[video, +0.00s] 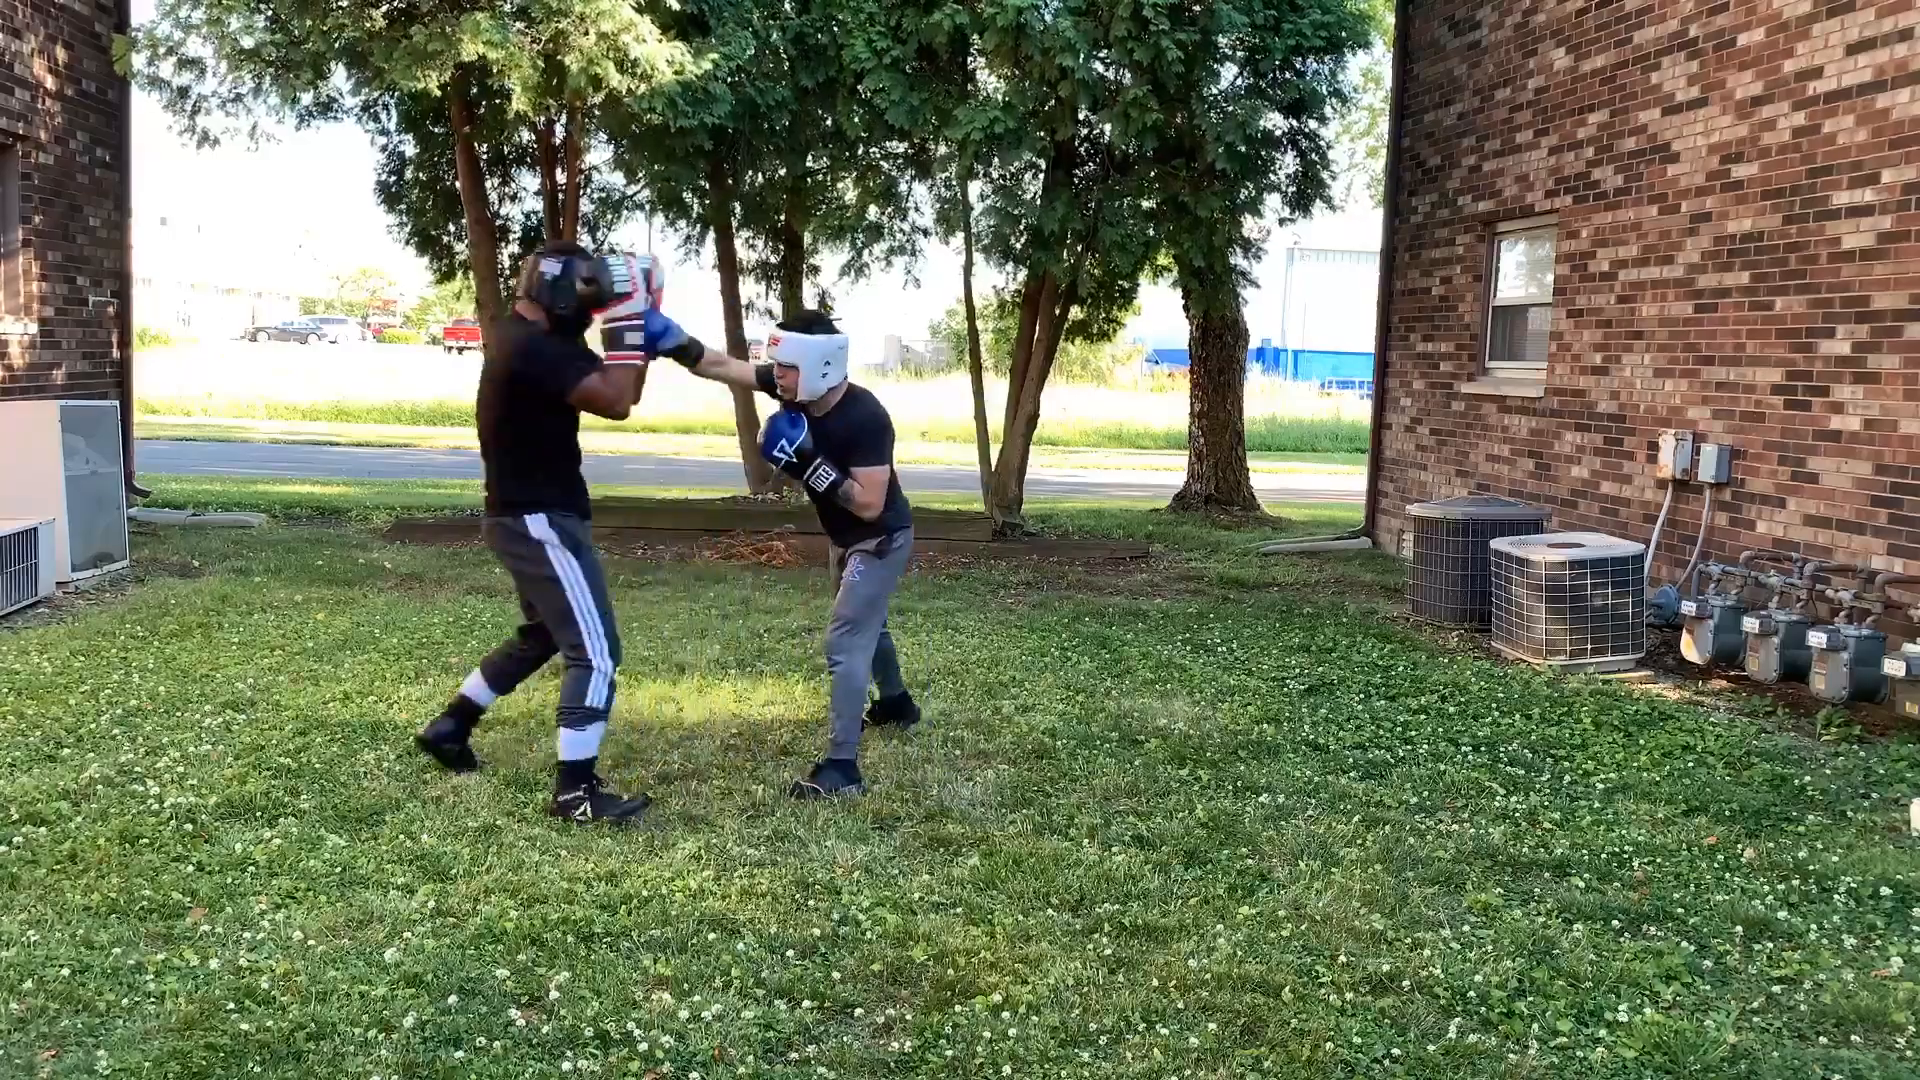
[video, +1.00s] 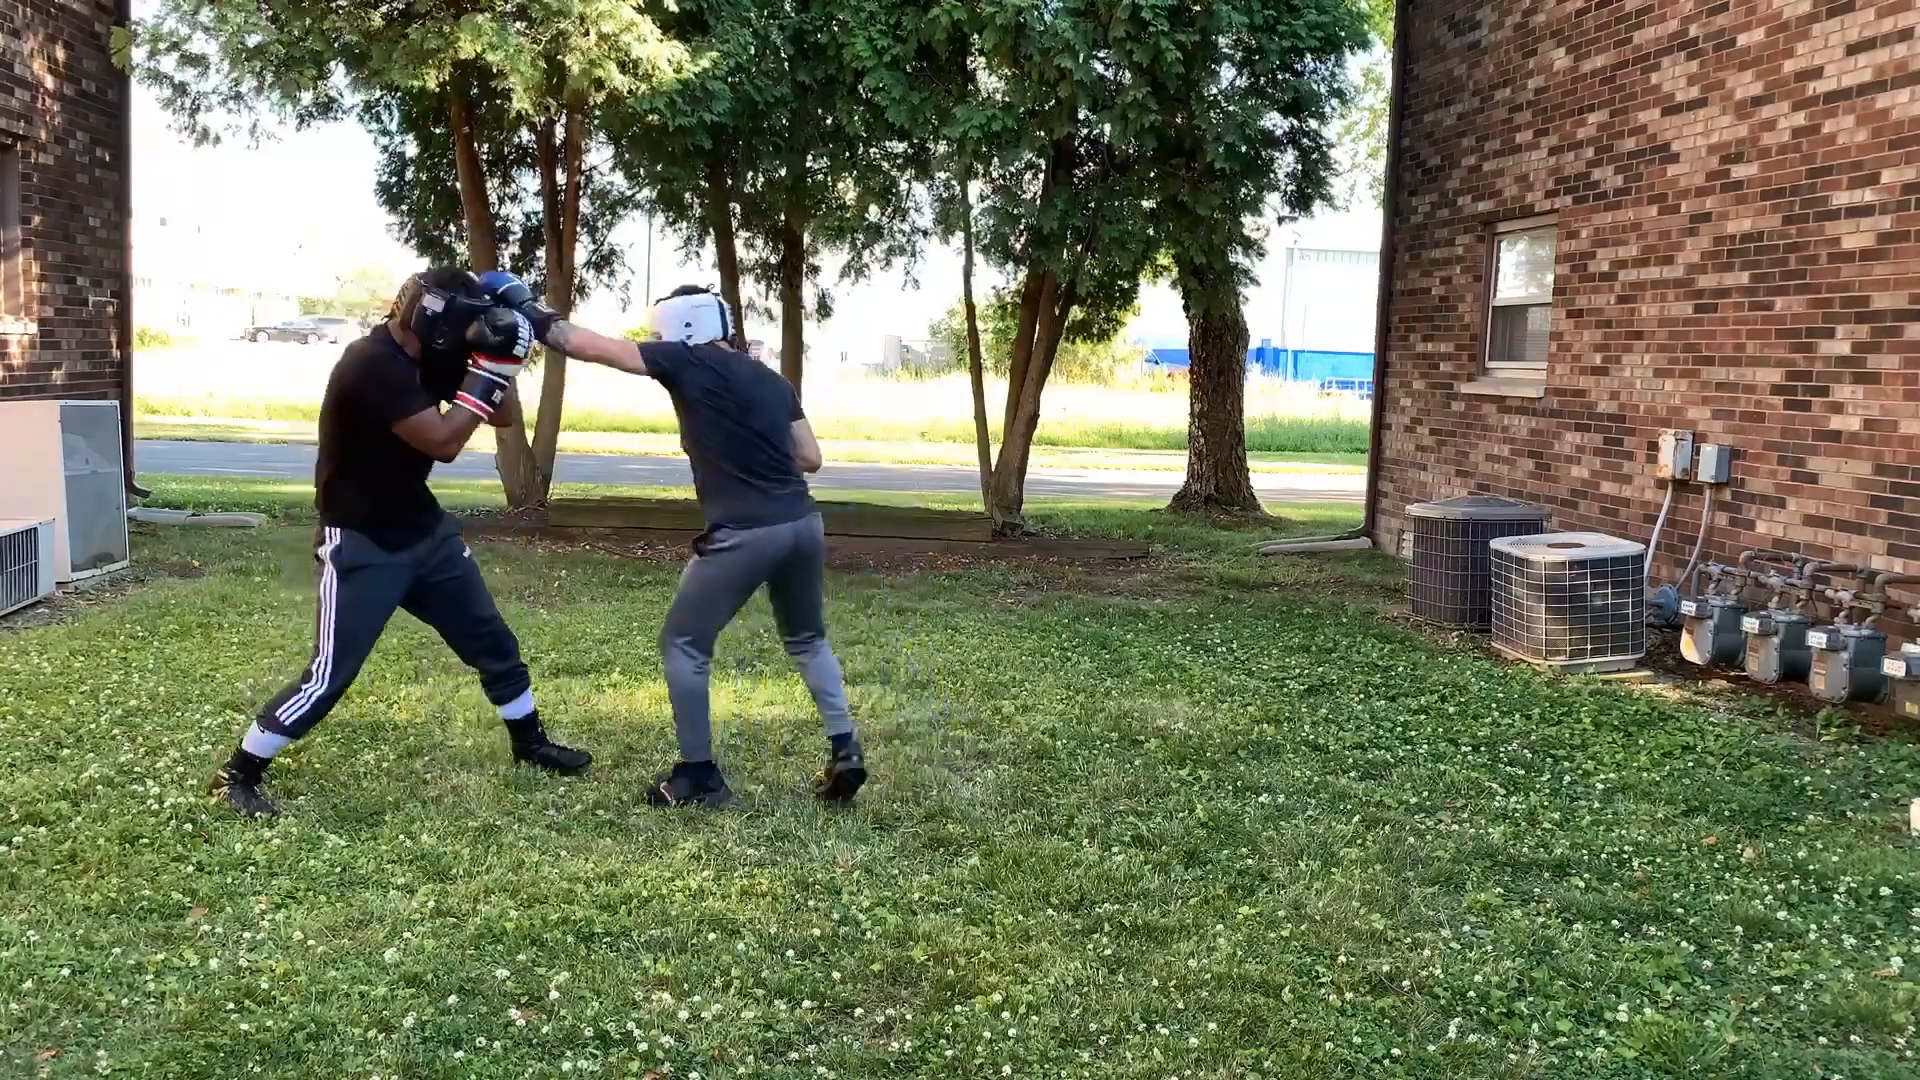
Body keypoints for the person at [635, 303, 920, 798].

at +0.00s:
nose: (778, 375)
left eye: (787, 368)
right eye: (778, 366)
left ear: (822, 373)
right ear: (816, 369)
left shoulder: (865, 419)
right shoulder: (797, 389)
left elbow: (870, 505)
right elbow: (722, 366)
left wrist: (805, 462)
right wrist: (676, 341)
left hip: (882, 539)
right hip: (847, 535)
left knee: (847, 640)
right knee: (865, 621)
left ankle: (842, 766)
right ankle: (895, 701)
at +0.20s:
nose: (780, 338)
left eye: (789, 330)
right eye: (781, 328)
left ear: (822, 334)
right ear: (810, 334)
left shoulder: (858, 390)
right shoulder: (805, 374)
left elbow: (871, 477)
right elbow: (767, 395)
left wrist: (806, 460)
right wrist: (753, 421)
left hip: (887, 523)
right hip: (857, 524)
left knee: (850, 639)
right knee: (875, 630)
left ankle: (843, 768)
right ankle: (944, 716)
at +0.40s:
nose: (783, 336)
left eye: (789, 325)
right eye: (782, 325)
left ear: (818, 327)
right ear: (835, 326)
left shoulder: (839, 382)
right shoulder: (862, 374)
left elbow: (865, 460)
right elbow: (864, 456)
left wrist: (827, 503)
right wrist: (809, 456)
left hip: (875, 536)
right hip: (910, 526)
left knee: (813, 642)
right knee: (914, 650)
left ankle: (838, 768)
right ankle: (946, 758)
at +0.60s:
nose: (775, 347)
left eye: (780, 335)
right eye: (775, 336)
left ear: (809, 337)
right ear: (828, 337)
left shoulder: (824, 387)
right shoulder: (858, 382)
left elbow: (839, 472)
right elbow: (839, 470)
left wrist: (794, 501)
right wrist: (783, 439)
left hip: (855, 543)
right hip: (892, 537)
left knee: (775, 641)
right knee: (897, 652)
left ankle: (746, 771)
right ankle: (944, 755)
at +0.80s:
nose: (718, 342)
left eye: (724, 331)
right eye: (719, 330)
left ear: (748, 335)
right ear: (777, 338)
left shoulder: (752, 378)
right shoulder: (807, 384)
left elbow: (725, 419)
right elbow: (812, 461)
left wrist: (689, 433)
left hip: (798, 545)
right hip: (848, 537)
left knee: (721, 647)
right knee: (883, 647)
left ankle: (708, 779)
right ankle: (936, 751)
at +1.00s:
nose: (661, 341)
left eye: (665, 334)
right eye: (662, 335)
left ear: (685, 332)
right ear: (723, 331)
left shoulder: (684, 358)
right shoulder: (771, 380)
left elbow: (588, 346)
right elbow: (810, 458)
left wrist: (528, 311)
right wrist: (755, 440)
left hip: (741, 536)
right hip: (804, 527)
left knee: (685, 642)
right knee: (809, 639)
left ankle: (698, 771)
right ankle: (846, 748)